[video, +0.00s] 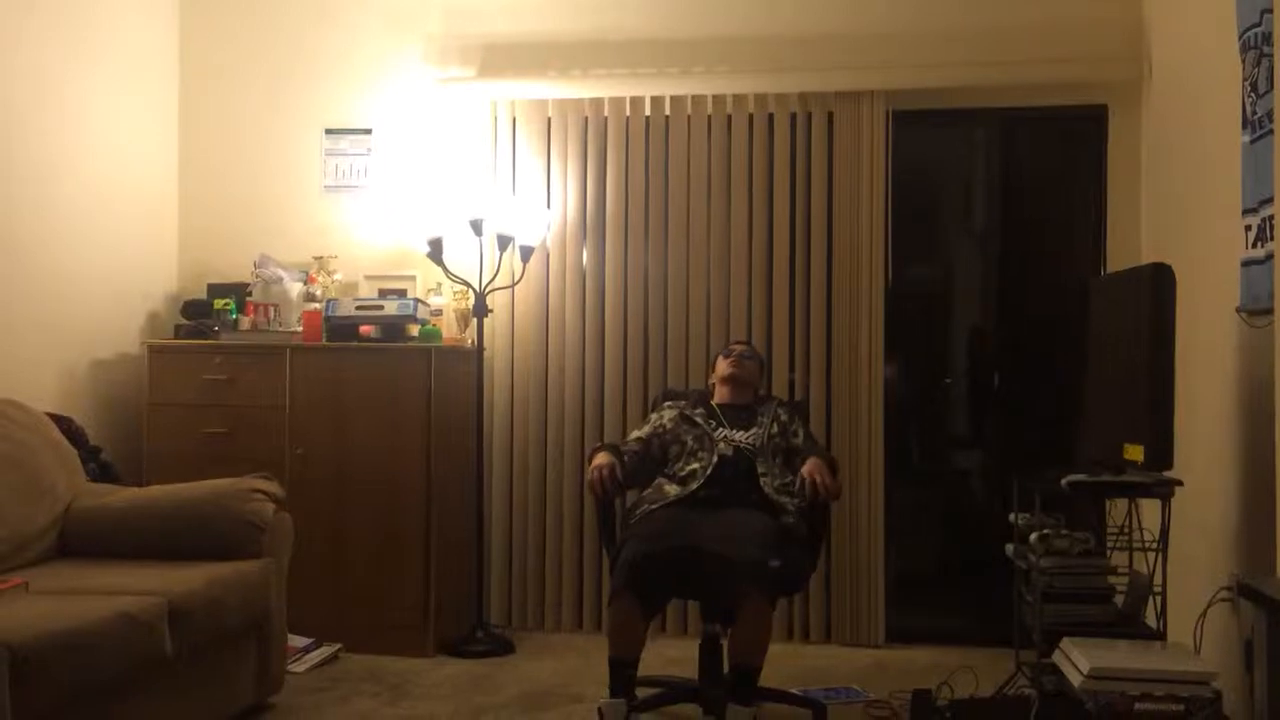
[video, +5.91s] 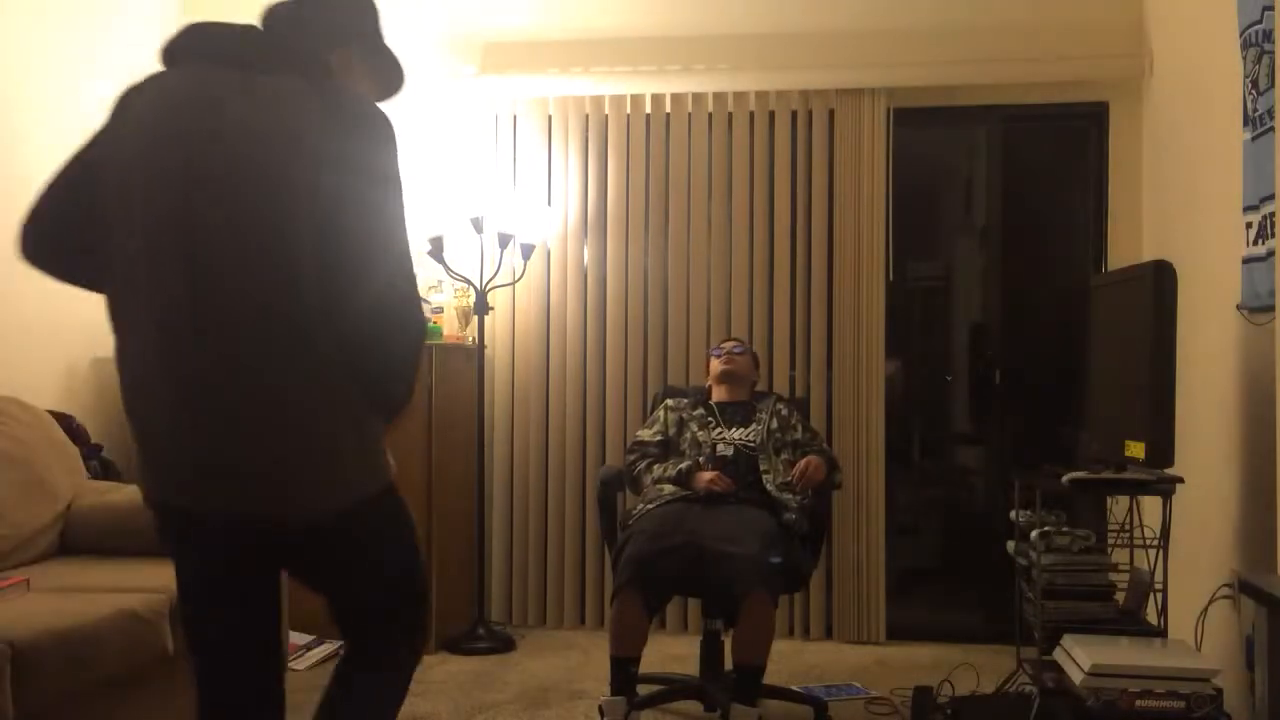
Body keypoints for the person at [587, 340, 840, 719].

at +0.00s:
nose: (738, 354)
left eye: (750, 354)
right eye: (728, 352)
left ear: (761, 380)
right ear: (712, 374)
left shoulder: (781, 416)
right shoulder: (678, 411)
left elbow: (810, 451)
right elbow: (637, 449)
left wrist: (815, 460)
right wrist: (606, 454)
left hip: (752, 513)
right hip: (676, 510)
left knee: (756, 583)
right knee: (635, 570)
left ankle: (741, 706)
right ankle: (619, 699)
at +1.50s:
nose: (748, 359)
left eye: (759, 358)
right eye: (739, 350)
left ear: (766, 377)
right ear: (717, 363)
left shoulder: (782, 412)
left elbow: (815, 457)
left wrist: (835, 465)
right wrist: (648, 424)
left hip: (751, 510)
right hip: (676, 506)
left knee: (758, 582)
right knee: (634, 574)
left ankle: (743, 703)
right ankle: (620, 695)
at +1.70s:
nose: (740, 360)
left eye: (752, 357)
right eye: (731, 352)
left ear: (764, 372)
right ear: (712, 362)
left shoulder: (782, 411)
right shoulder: (683, 399)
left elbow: (815, 456)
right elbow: (641, 430)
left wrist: (833, 465)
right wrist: (699, 387)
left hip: (753, 510)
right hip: (679, 507)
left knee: (759, 581)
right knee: (636, 571)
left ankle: (744, 702)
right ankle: (620, 695)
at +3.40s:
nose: (737, 360)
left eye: (749, 356)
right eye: (728, 353)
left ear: (761, 372)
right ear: (711, 366)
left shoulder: (781, 413)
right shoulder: (675, 407)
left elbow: (819, 453)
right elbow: (629, 453)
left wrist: (819, 459)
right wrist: (690, 448)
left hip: (748, 508)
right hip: (673, 506)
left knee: (756, 577)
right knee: (637, 568)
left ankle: (746, 704)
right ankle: (621, 697)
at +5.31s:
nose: (716, 355)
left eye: (727, 350)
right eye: (707, 355)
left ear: (750, 370)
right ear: (701, 376)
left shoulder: (777, 410)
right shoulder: (673, 409)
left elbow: (822, 453)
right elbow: (637, 464)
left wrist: (820, 460)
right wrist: (690, 473)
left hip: (751, 508)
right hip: (675, 506)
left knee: (757, 575)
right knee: (639, 567)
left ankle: (746, 704)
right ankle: (621, 695)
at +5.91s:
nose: (727, 351)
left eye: (738, 349)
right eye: (718, 350)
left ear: (756, 370)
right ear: (707, 372)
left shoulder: (779, 412)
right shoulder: (673, 410)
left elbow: (825, 459)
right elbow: (639, 464)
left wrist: (820, 461)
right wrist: (689, 476)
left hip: (751, 507)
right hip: (674, 504)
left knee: (758, 576)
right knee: (638, 568)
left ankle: (745, 705)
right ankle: (621, 696)